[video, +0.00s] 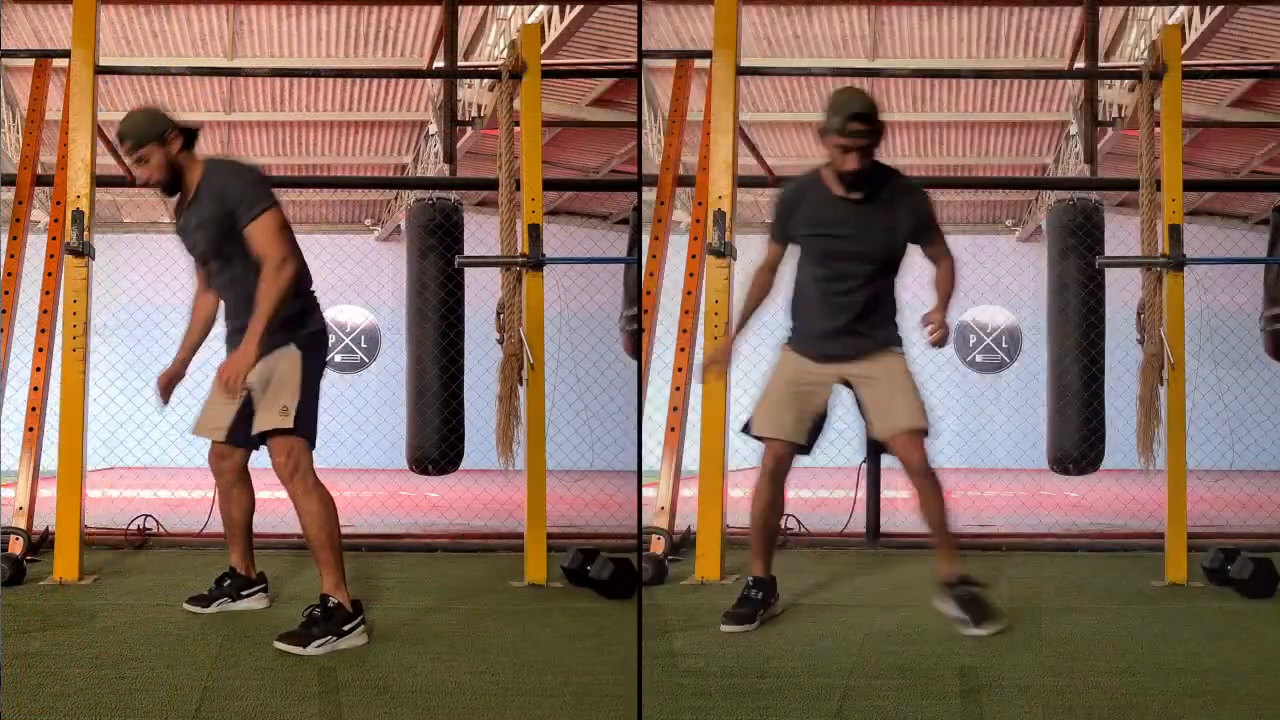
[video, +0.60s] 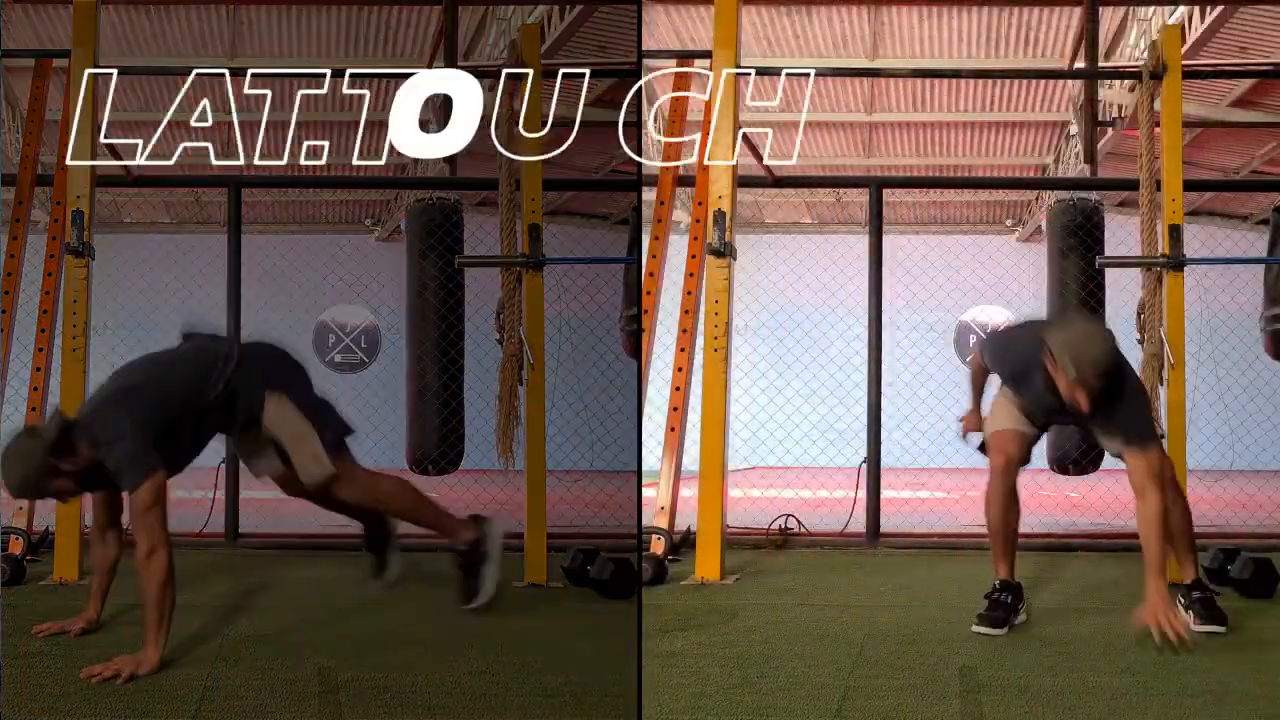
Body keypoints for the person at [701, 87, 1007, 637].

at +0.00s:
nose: (853, 162)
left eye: (863, 150)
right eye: (844, 150)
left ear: (877, 142)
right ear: (823, 142)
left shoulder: (905, 198)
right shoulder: (799, 196)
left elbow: (943, 259)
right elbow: (769, 267)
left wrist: (941, 306)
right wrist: (733, 334)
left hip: (878, 353)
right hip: (805, 351)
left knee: (915, 457)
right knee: (774, 458)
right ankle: (759, 584)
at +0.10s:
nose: (892, 158)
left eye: (902, 145)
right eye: (881, 145)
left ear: (915, 138)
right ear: (862, 138)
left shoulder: (945, 189)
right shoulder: (841, 196)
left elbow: (992, 254)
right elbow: (817, 266)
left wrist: (973, 288)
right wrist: (781, 337)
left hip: (927, 354)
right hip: (856, 352)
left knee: (956, 468)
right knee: (812, 462)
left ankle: (980, 589)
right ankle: (767, 580)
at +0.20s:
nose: (929, 161)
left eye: (938, 149)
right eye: (918, 149)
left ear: (950, 139)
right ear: (897, 139)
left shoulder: (981, 181)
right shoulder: (874, 191)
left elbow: (1038, 238)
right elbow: (857, 263)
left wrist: (1012, 277)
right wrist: (836, 334)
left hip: (969, 340)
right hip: (901, 341)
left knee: (987, 455)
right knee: (871, 449)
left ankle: (990, 582)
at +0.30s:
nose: (967, 193)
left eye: (975, 181)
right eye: (955, 182)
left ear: (988, 167)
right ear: (934, 170)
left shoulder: (1017, 202)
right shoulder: (906, 209)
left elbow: (1069, 265)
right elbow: (884, 273)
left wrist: (1056, 325)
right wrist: (878, 345)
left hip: (1004, 339)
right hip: (936, 342)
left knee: (1030, 440)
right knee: (925, 445)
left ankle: (1042, 562)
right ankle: (956, 561)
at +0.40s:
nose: (1011, 250)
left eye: (1019, 238)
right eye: (1000, 239)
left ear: (1032, 224)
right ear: (977, 222)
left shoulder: (1055, 255)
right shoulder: (943, 253)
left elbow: (1099, 337)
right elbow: (918, 298)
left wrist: (1094, 418)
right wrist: (920, 365)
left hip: (1039, 360)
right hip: (966, 366)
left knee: (1089, 461)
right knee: (961, 462)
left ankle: (1130, 571)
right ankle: (999, 587)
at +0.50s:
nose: (1052, 330)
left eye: (1059, 318)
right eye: (1041, 318)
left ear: (1071, 305)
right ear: (1015, 300)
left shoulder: (1095, 327)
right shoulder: (981, 305)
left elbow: (1126, 421)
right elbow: (953, 335)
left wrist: (1132, 514)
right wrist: (947, 393)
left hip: (1073, 391)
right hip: (1002, 383)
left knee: (1133, 476)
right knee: (976, 464)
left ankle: (1188, 583)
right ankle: (1001, 586)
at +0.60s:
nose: (1085, 401)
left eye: (1092, 388)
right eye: (1075, 388)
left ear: (1106, 370)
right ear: (1052, 363)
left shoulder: (1123, 389)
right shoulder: (1015, 349)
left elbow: (1149, 490)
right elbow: (979, 358)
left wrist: (1156, 591)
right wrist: (974, 409)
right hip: (1027, 392)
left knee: (1162, 474)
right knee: (1002, 462)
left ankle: (1193, 585)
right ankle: (1005, 587)